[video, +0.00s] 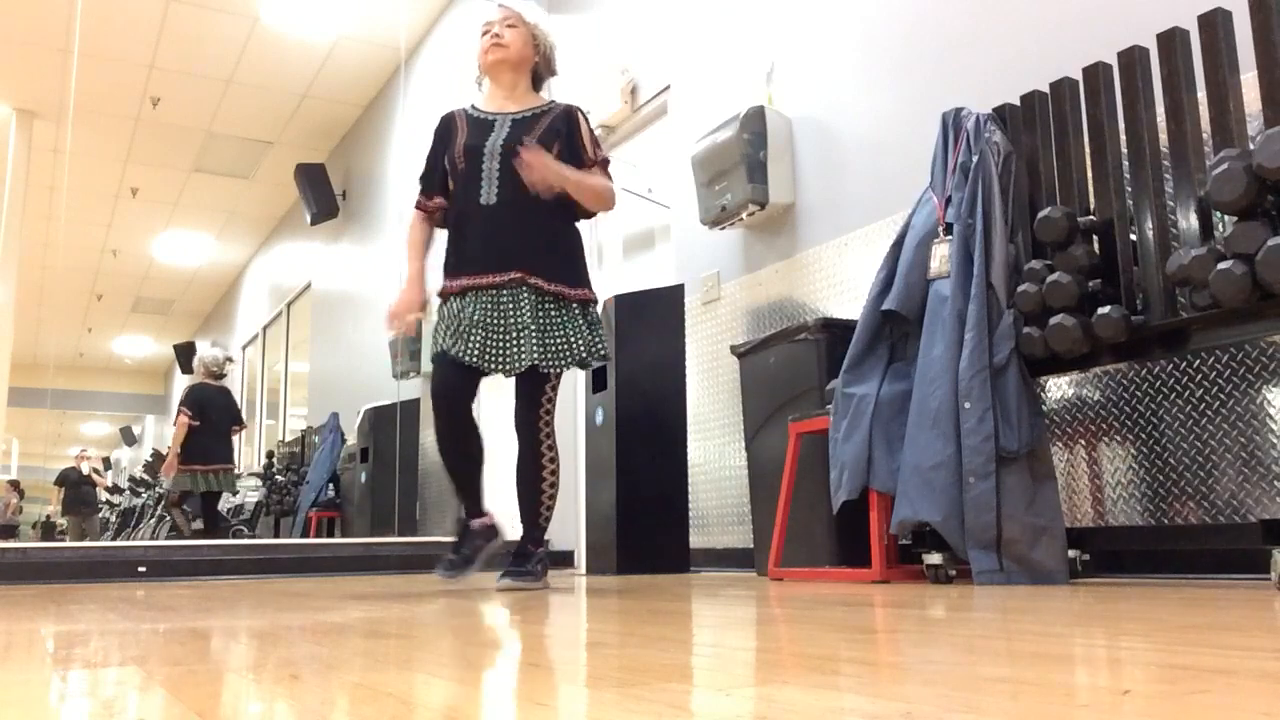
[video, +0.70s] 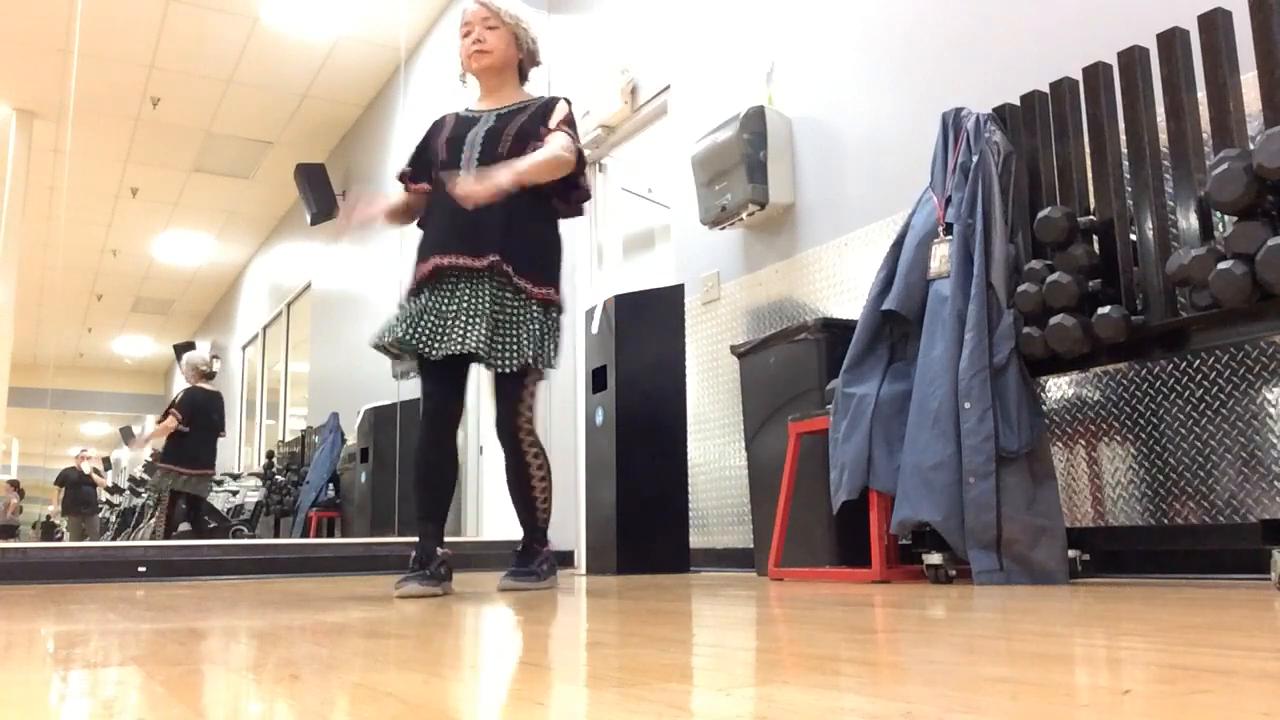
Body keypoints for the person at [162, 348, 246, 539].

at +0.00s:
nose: (196, 369)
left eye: (198, 366)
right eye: (198, 366)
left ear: (202, 369)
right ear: (221, 370)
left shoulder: (194, 391)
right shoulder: (225, 392)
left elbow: (183, 422)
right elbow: (238, 425)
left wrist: (172, 455)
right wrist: (218, 435)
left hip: (193, 465)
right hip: (220, 464)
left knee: (172, 504)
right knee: (210, 511)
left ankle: (187, 538)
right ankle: (212, 553)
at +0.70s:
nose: (183, 374)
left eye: (184, 370)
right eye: (182, 370)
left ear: (193, 371)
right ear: (204, 370)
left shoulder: (188, 394)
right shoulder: (217, 396)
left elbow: (169, 426)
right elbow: (220, 432)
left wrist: (147, 437)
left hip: (176, 466)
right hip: (203, 468)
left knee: (167, 515)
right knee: (196, 515)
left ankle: (160, 556)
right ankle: (204, 557)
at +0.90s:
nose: (186, 373)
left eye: (188, 369)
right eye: (186, 369)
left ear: (196, 369)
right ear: (208, 369)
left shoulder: (193, 392)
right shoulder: (219, 393)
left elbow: (177, 420)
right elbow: (222, 428)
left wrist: (171, 408)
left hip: (190, 464)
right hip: (216, 464)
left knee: (170, 508)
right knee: (205, 509)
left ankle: (168, 551)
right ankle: (214, 551)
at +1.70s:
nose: (183, 370)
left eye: (186, 365)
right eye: (184, 366)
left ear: (194, 367)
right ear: (206, 369)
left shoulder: (194, 390)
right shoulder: (215, 393)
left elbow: (187, 419)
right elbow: (219, 429)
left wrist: (165, 437)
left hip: (187, 463)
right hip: (206, 463)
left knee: (180, 510)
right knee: (192, 508)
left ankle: (193, 551)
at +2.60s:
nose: (178, 363)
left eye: (181, 360)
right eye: (179, 359)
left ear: (187, 364)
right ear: (203, 365)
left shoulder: (185, 388)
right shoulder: (210, 389)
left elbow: (172, 421)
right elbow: (217, 425)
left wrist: (151, 435)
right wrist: (193, 432)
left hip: (186, 461)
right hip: (208, 460)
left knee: (186, 512)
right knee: (182, 510)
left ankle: (196, 554)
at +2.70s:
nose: (180, 364)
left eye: (182, 360)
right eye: (180, 360)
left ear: (189, 364)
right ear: (205, 364)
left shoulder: (189, 388)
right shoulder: (212, 389)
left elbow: (174, 419)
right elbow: (219, 425)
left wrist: (152, 431)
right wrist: (192, 427)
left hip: (188, 460)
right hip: (210, 460)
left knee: (188, 508)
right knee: (194, 506)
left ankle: (197, 552)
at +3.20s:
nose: (194, 370)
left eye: (197, 366)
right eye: (196, 366)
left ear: (205, 369)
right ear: (219, 370)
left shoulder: (202, 394)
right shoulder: (228, 393)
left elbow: (191, 429)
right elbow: (238, 427)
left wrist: (176, 448)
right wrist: (236, 459)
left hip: (200, 467)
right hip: (226, 466)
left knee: (187, 509)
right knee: (218, 510)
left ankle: (195, 554)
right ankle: (229, 553)